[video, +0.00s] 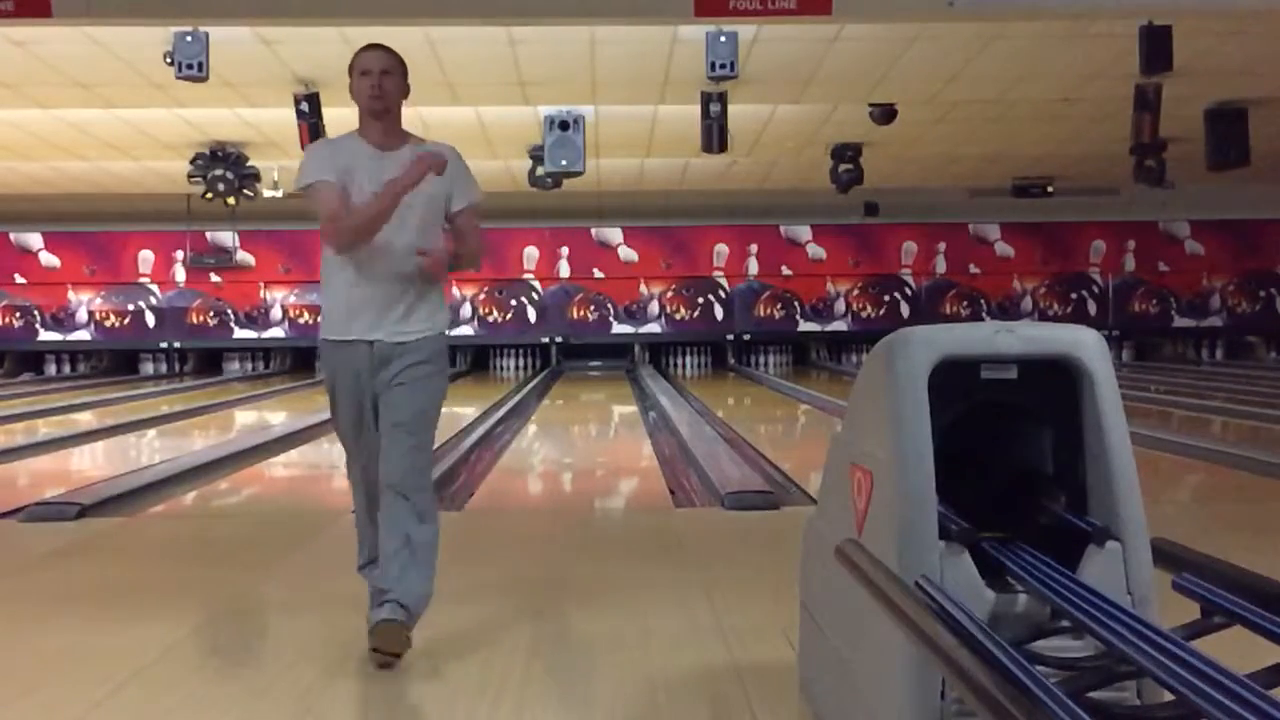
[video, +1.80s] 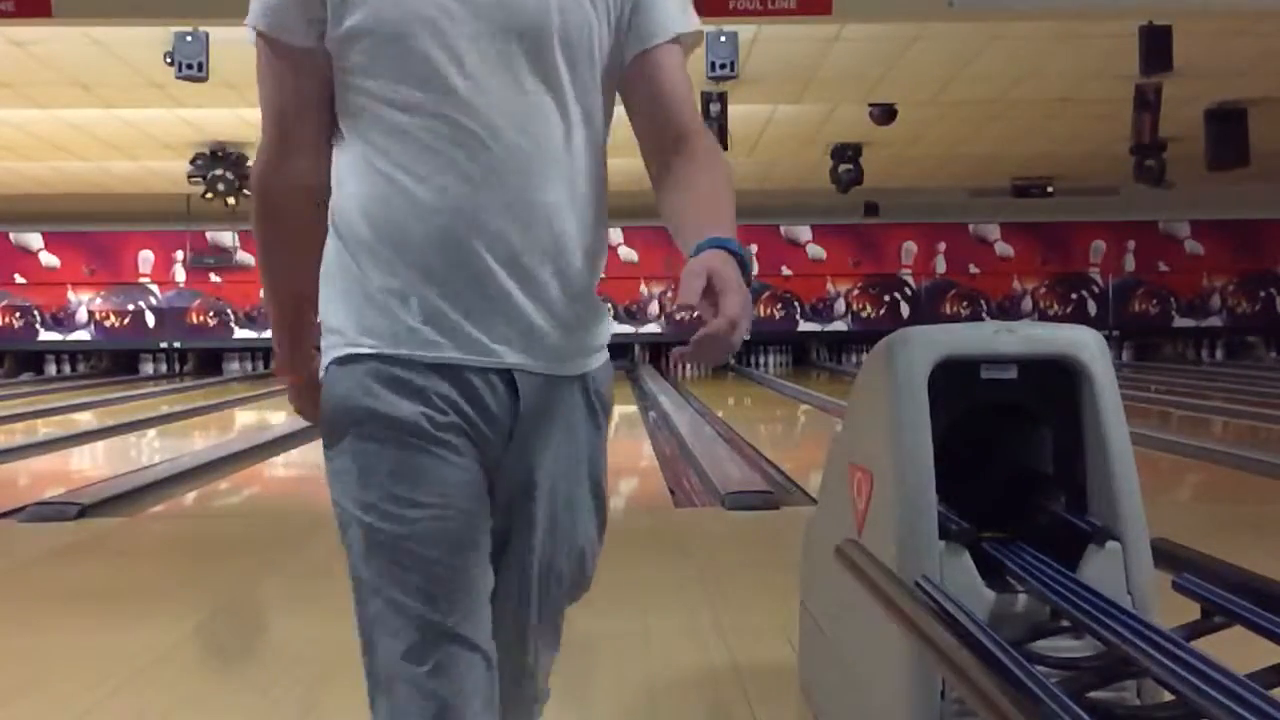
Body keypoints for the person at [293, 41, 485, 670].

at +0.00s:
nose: (375, 83)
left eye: (386, 74)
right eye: (364, 75)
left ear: (406, 88)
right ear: (351, 88)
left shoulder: (441, 160)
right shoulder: (326, 156)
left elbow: (472, 246)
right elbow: (342, 233)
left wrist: (451, 255)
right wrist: (406, 181)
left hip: (417, 338)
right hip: (347, 339)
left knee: (404, 473)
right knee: (366, 473)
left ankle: (396, 609)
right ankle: (381, 589)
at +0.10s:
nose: (375, 75)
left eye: (387, 65)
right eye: (365, 66)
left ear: (410, 80)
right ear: (352, 81)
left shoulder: (445, 159)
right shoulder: (320, 156)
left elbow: (471, 245)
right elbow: (297, 244)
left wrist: (458, 266)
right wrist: (355, 257)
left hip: (415, 345)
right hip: (341, 346)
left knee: (395, 486)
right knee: (352, 486)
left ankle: (379, 635)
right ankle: (377, 588)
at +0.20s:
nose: (373, 59)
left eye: (386, 49)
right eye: (363, 50)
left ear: (411, 66)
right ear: (350, 66)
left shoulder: (448, 150)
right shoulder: (315, 147)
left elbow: (471, 242)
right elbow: (284, 238)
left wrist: (455, 273)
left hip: (415, 343)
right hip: (334, 344)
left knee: (395, 490)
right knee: (331, 488)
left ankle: (378, 636)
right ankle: (367, 583)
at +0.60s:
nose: (345, 15)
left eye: (363, 6)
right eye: (334, 7)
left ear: (392, 25)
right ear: (321, 26)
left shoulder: (437, 117)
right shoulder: (287, 122)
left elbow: (471, 215)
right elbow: (258, 227)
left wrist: (462, 271)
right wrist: (241, 317)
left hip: (406, 351)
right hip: (313, 348)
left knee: (392, 511)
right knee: (327, 518)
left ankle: (381, 634)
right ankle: (321, 690)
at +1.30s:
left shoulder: (504, 39)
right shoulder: (293, 21)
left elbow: (526, 201)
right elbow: (246, 149)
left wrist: (537, 344)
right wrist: (209, 247)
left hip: (464, 345)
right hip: (329, 348)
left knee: (461, 590)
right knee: (321, 585)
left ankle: (448, 714)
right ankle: (319, 708)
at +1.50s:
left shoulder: (548, 8)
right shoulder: (300, 6)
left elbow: (595, 172)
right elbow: (266, 179)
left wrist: (617, 322)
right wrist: (252, 362)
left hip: (500, 338)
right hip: (346, 332)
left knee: (472, 627)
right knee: (376, 616)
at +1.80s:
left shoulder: (622, 5)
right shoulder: (311, 7)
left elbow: (679, 141)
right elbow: (290, 155)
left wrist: (714, 246)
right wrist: (298, 358)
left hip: (566, 367)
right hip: (398, 361)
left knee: (523, 674)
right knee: (442, 690)